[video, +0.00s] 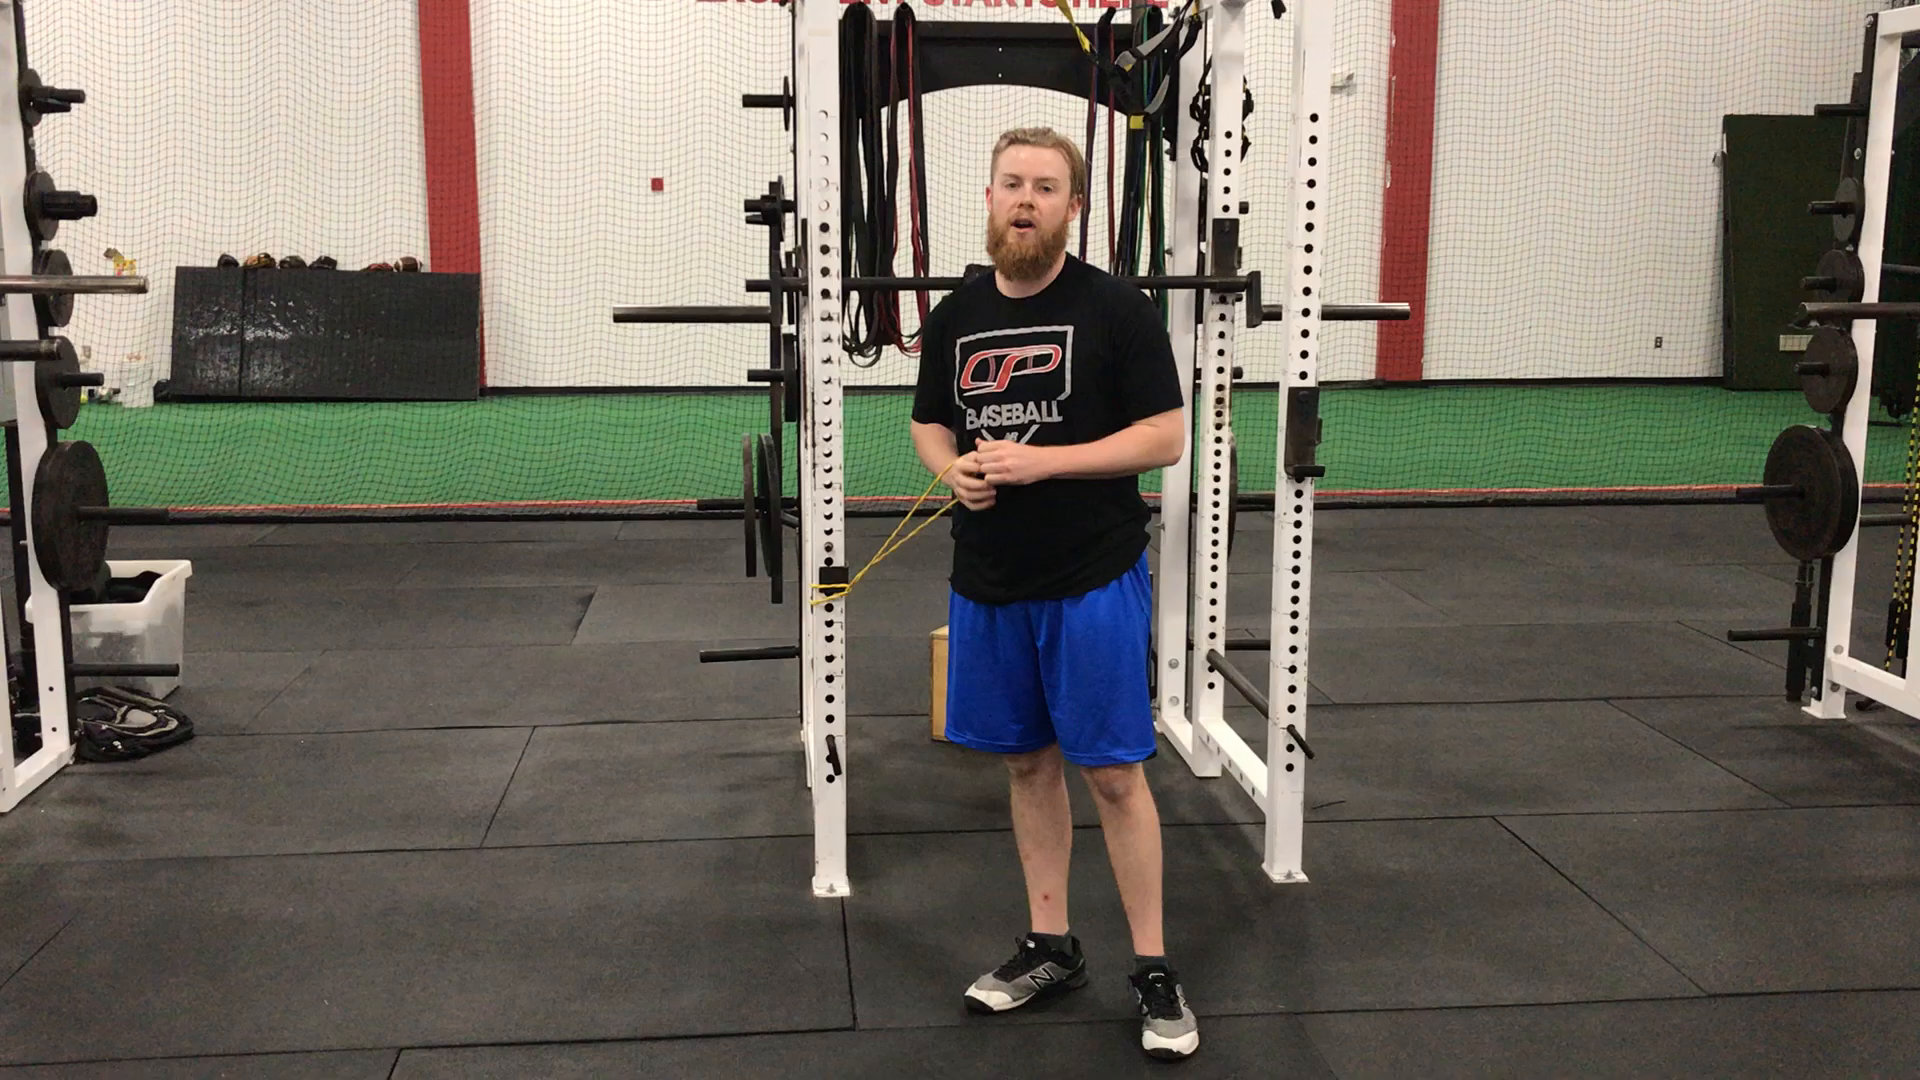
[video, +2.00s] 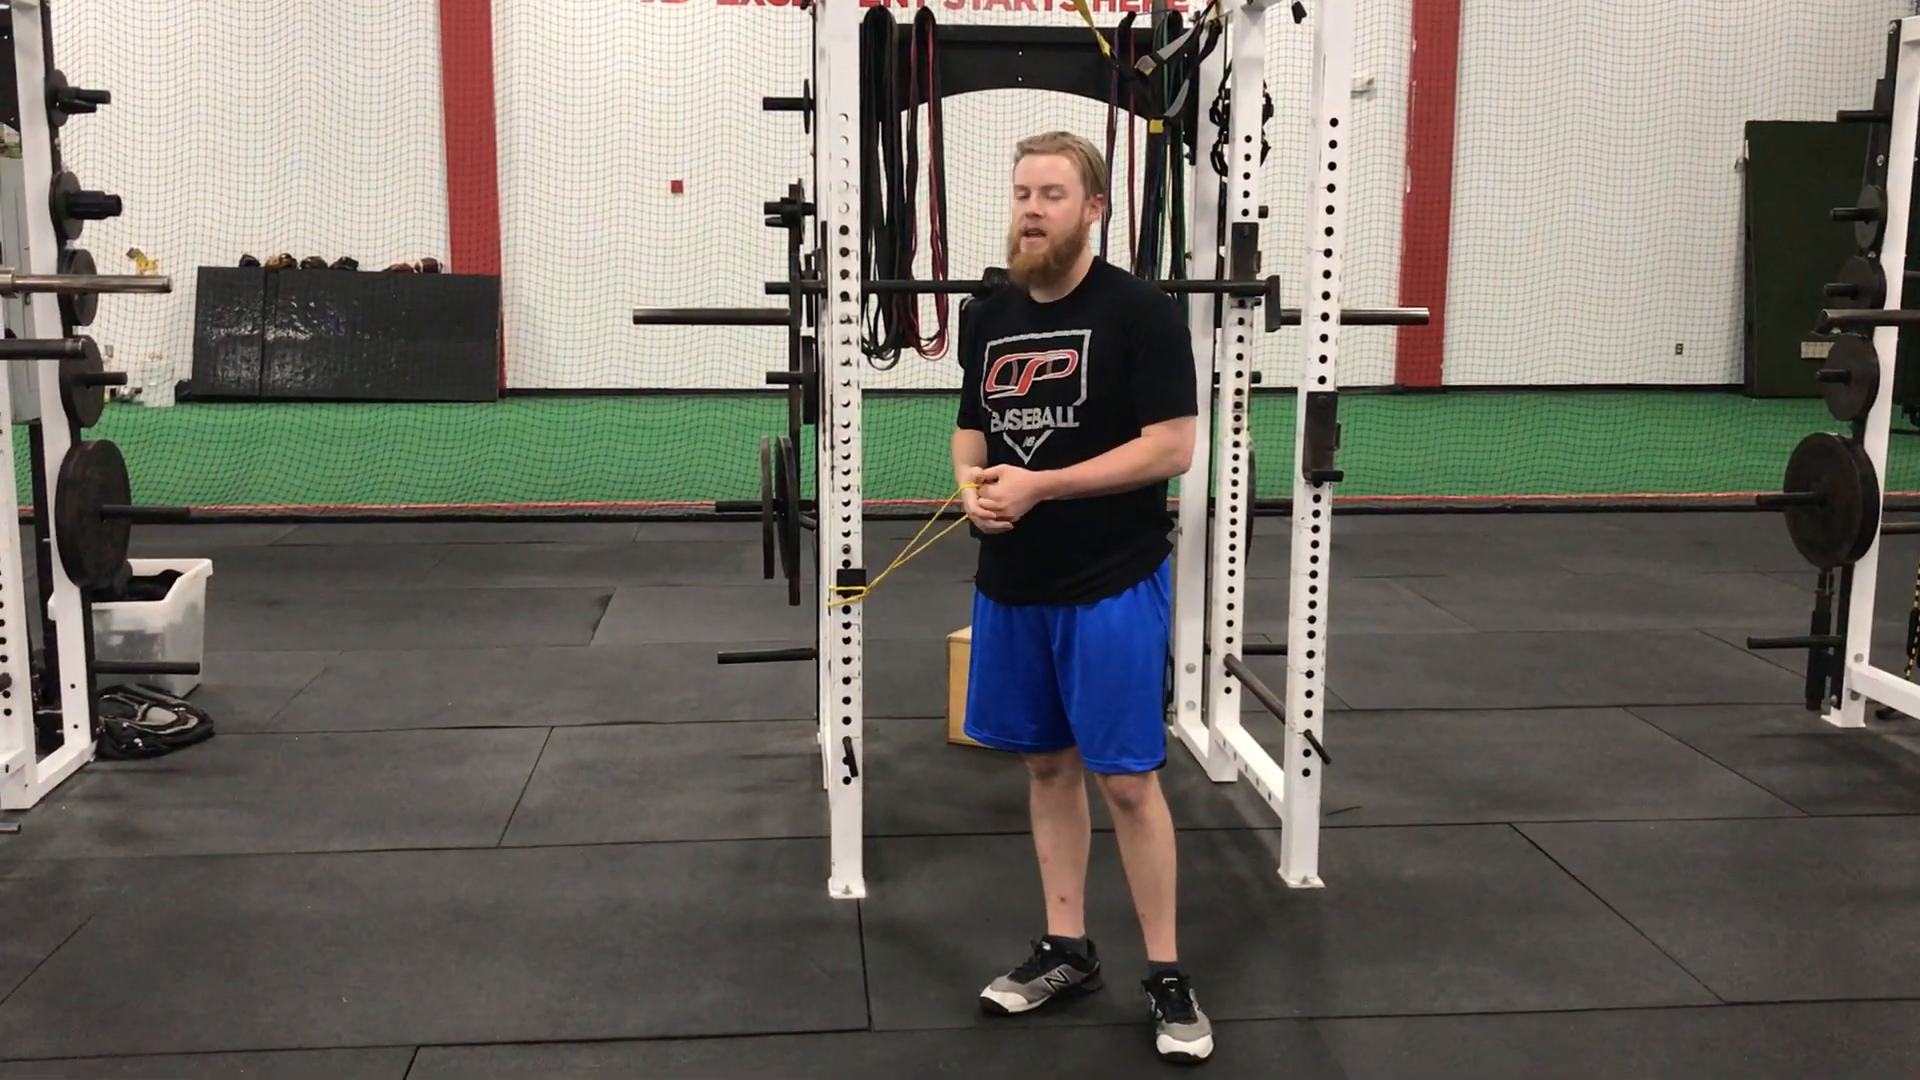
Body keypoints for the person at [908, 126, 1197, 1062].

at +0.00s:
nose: (1024, 199)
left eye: (1044, 187)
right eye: (1012, 183)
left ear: (1074, 208)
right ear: (987, 199)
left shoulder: (1117, 308)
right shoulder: (953, 317)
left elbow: (1165, 437)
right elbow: (929, 429)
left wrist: (1045, 459)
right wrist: (957, 471)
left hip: (1095, 580)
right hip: (992, 583)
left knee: (1115, 777)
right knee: (1028, 765)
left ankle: (1152, 971)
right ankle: (1049, 946)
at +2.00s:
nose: (1029, 209)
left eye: (1049, 195)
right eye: (1021, 194)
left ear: (1093, 209)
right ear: (1007, 208)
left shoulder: (1140, 310)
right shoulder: (988, 314)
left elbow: (1174, 444)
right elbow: (969, 430)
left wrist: (1041, 483)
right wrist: (973, 485)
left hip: (1115, 586)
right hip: (1015, 586)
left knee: (1129, 782)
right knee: (1048, 769)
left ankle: (1167, 977)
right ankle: (1066, 950)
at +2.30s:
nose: (1045, 201)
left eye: (1066, 188)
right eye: (1035, 186)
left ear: (1104, 205)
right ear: (1017, 198)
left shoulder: (1149, 303)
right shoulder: (992, 305)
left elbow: (1182, 441)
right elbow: (969, 439)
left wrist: (1051, 479)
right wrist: (976, 483)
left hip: (1122, 580)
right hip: (1021, 582)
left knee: (1135, 776)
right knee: (1052, 763)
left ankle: (1170, 969)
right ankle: (1069, 943)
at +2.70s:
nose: (1024, 206)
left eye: (1040, 190)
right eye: (1022, 192)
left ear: (1095, 197)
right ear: (1038, 201)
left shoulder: (1158, 311)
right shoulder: (1013, 300)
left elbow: (1185, 448)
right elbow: (1012, 399)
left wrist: (1052, 479)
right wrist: (942, 412)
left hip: (1128, 578)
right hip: (1035, 575)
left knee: (1133, 771)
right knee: (1064, 758)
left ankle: (1188, 955)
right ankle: (1075, 941)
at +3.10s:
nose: (1057, 226)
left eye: (1064, 206)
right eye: (1057, 207)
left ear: (1108, 207)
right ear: (1117, 207)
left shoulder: (1194, 315)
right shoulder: (1095, 308)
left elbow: (1204, 463)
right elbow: (1077, 447)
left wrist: (1069, 480)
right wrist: (994, 507)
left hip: (1162, 590)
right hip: (1079, 584)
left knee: (1168, 774)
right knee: (1088, 761)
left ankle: (1198, 964)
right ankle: (1085, 947)